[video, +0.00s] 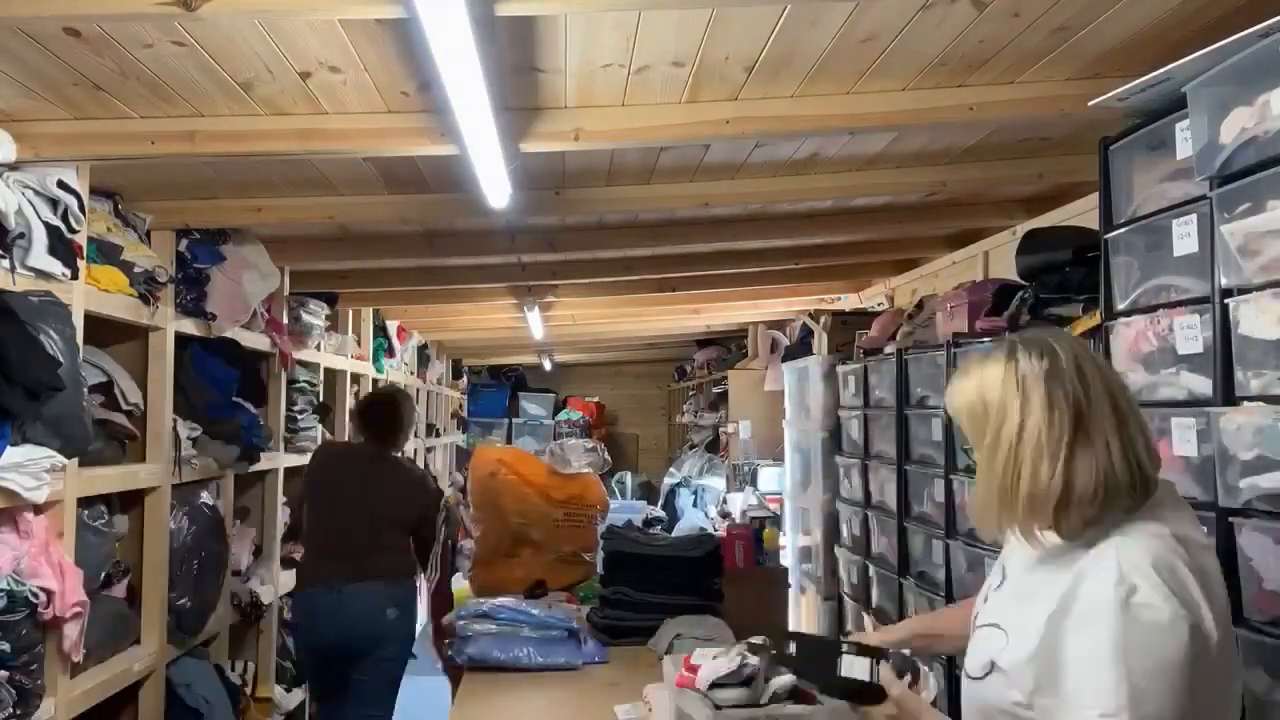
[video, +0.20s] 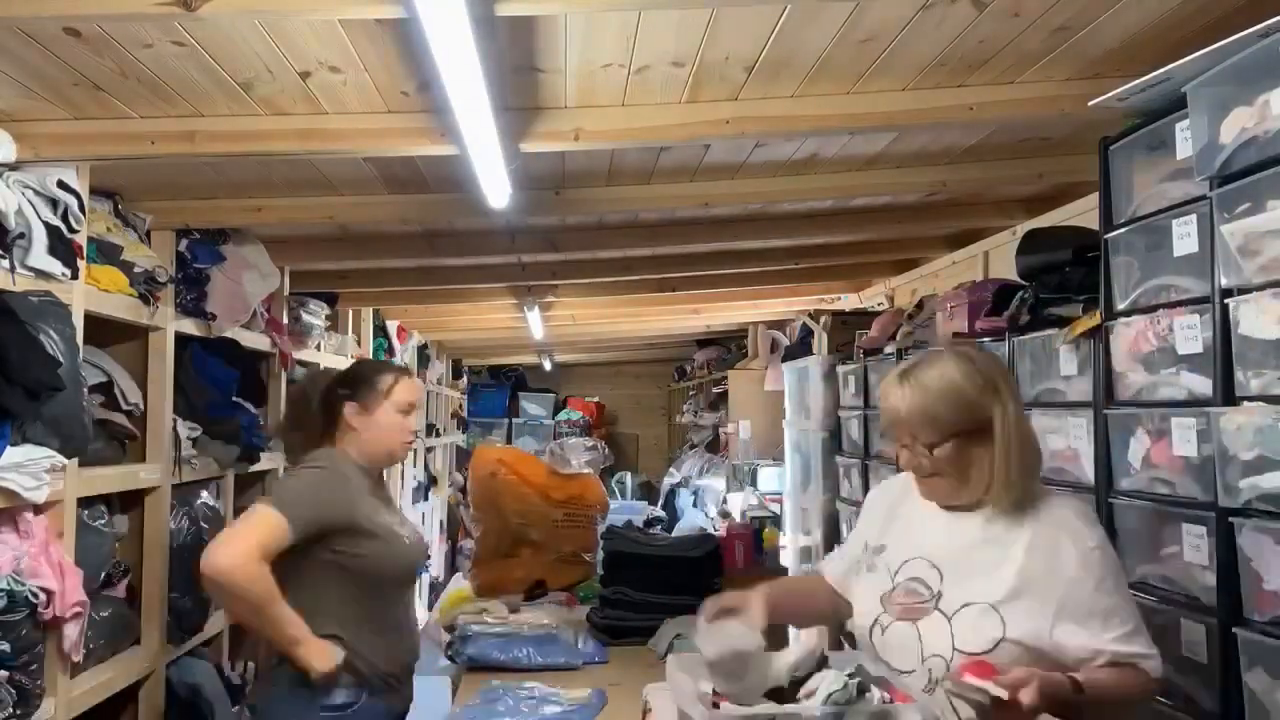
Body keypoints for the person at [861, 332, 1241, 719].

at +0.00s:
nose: (976, 462)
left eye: (983, 448)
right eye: (975, 447)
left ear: (1026, 447)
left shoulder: (1128, 578)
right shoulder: (1058, 520)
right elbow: (1009, 611)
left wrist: (923, 714)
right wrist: (907, 634)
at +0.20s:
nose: (906, 462)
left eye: (926, 446)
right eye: (899, 443)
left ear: (988, 438)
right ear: (892, 439)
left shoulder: (1062, 531)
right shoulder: (892, 497)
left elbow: (1138, 675)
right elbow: (841, 586)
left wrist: (1066, 688)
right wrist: (764, 599)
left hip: (989, 714)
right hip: (872, 707)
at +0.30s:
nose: (943, 422)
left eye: (959, 407)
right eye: (949, 406)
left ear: (1014, 424)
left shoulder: (1076, 525)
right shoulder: (944, 496)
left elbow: (1143, 672)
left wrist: (1042, 641)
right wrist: (880, 553)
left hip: (1043, 710)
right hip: (948, 705)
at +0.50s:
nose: (911, 449)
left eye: (914, 433)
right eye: (909, 434)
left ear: (947, 436)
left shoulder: (1036, 524)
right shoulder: (982, 513)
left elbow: (1061, 697)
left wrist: (937, 618)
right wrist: (916, 626)